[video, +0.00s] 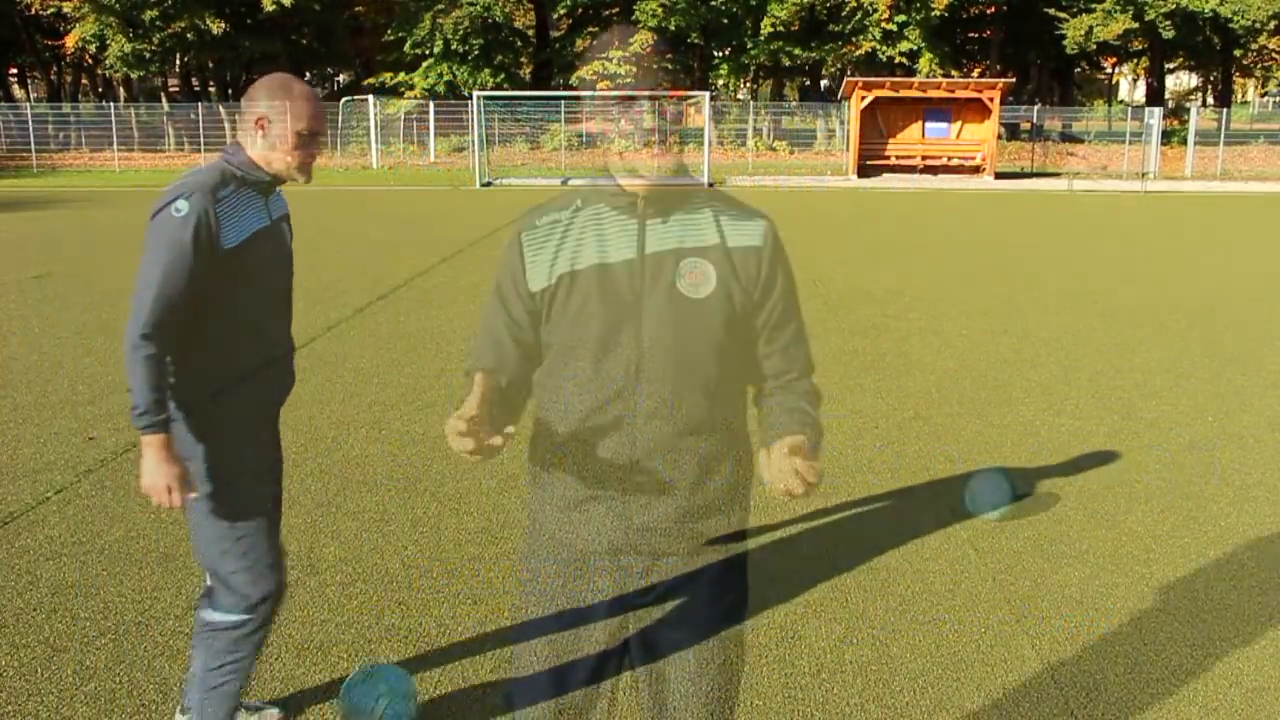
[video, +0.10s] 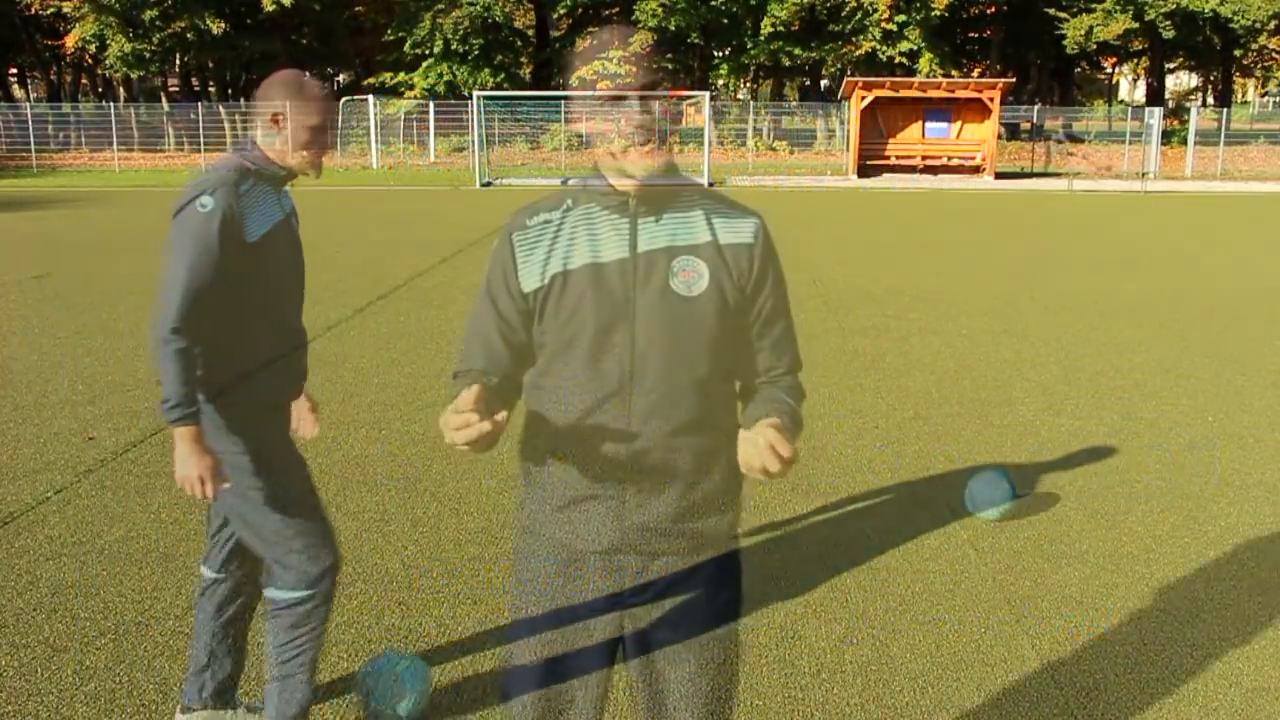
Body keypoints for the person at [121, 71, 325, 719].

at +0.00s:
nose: (316, 150)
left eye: (319, 137)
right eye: (305, 138)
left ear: (275, 132)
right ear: (261, 129)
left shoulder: (265, 194)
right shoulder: (194, 207)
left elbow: (245, 313)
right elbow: (144, 334)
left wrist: (261, 401)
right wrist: (154, 442)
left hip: (256, 415)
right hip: (212, 425)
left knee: (247, 576)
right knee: (250, 588)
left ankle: (213, 697)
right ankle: (204, 711)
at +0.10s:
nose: (330, 143)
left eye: (331, 130)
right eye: (319, 131)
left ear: (284, 125)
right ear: (275, 123)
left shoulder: (271, 191)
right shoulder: (215, 201)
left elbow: (277, 303)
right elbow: (172, 330)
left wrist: (294, 384)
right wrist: (185, 435)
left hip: (263, 400)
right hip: (226, 410)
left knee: (233, 561)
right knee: (307, 561)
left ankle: (204, 699)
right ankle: (287, 710)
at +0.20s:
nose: (337, 147)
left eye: (338, 135)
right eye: (328, 136)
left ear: (295, 130)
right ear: (291, 127)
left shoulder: (276, 191)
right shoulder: (242, 199)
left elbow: (284, 304)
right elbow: (202, 329)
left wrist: (317, 377)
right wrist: (213, 433)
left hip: (272, 394)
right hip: (255, 399)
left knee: (235, 555)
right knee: (352, 536)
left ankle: (204, 700)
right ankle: (344, 684)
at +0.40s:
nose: (362, 136)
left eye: (362, 123)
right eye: (352, 124)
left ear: (311, 129)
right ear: (326, 128)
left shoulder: (288, 191)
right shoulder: (310, 200)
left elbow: (303, 313)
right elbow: (281, 323)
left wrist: (347, 389)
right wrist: (285, 424)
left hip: (281, 402)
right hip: (322, 405)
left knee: (255, 544)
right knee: (389, 519)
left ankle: (207, 694)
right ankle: (408, 649)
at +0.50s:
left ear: (321, 142)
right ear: (350, 136)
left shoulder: (308, 203)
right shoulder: (350, 209)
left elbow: (314, 319)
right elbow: (335, 323)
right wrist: (338, 421)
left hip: (305, 408)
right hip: (358, 410)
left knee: (285, 544)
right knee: (396, 538)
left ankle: (220, 675)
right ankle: (406, 652)